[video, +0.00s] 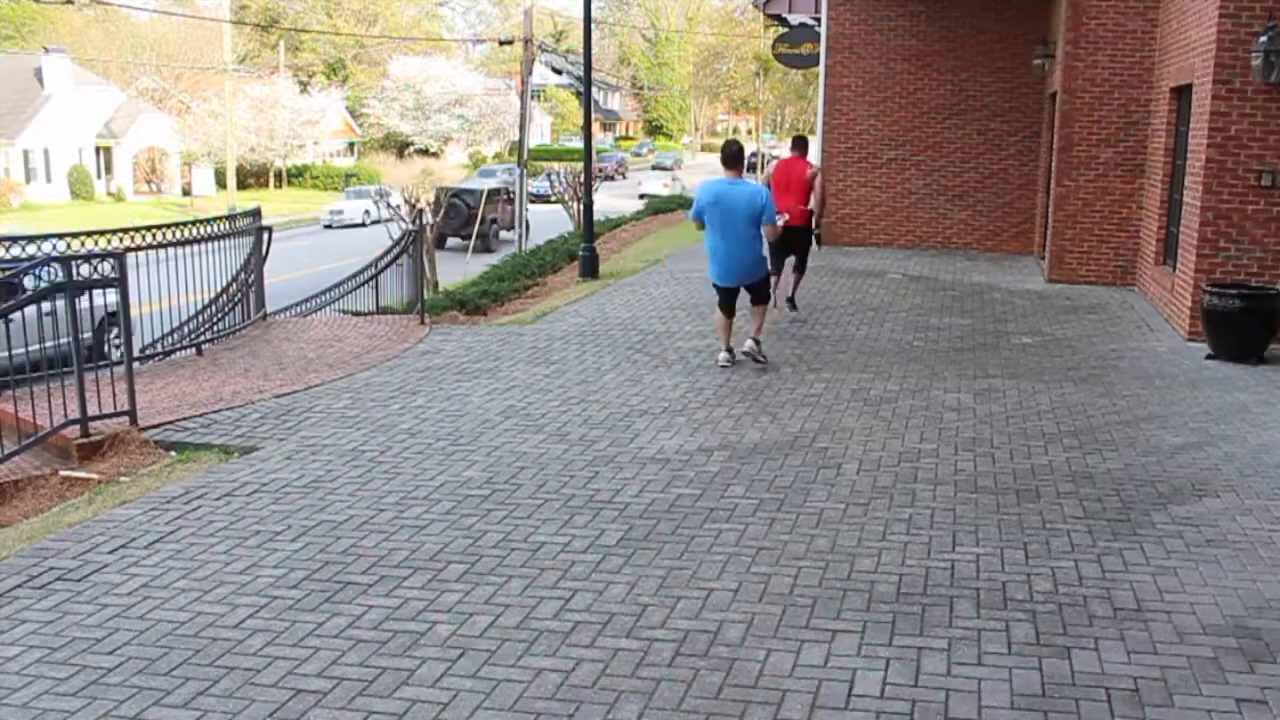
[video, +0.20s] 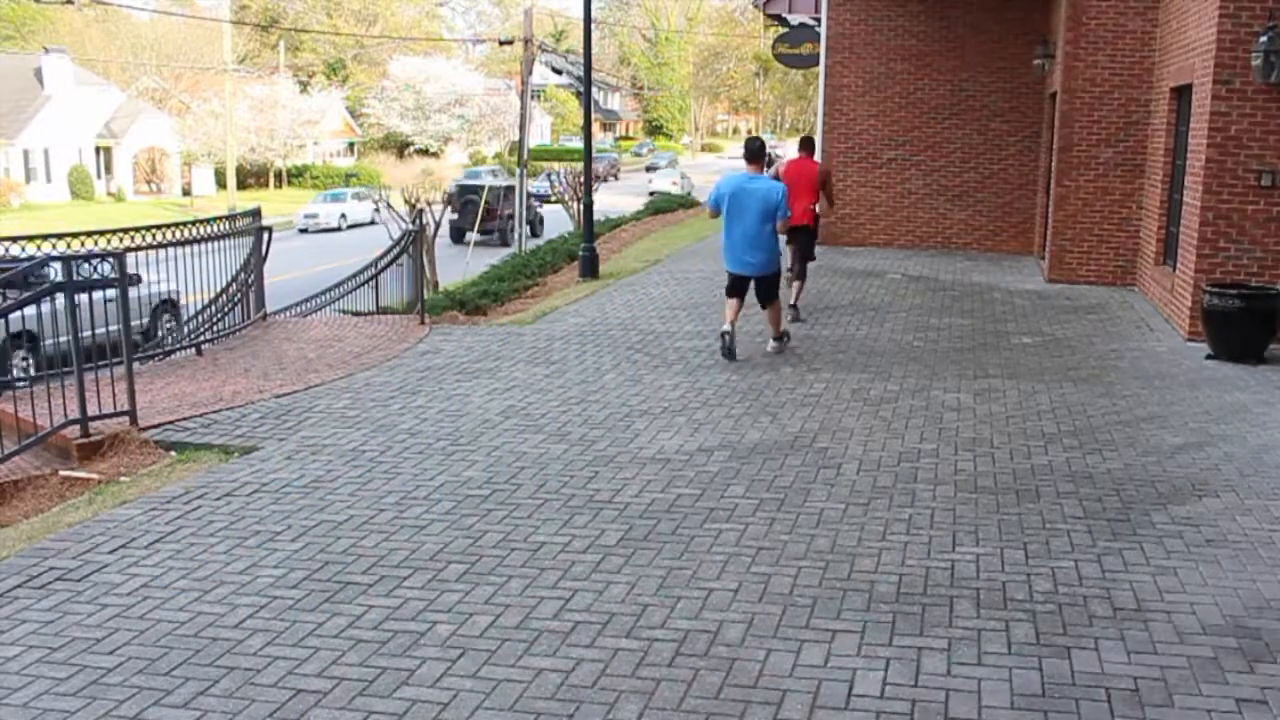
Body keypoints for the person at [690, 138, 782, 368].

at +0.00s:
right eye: (742, 159)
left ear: (721, 162)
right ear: (744, 162)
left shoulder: (707, 190)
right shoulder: (759, 193)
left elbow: (698, 223)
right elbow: (771, 234)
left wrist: (718, 216)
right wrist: (779, 226)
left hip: (721, 266)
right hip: (752, 265)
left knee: (725, 308)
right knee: (760, 298)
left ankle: (725, 350)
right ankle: (753, 338)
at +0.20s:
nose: (759, 160)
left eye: (748, 156)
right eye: (762, 156)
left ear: (743, 158)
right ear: (765, 157)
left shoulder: (727, 183)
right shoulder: (777, 189)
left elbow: (712, 212)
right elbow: (781, 227)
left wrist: (730, 198)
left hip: (736, 256)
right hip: (765, 259)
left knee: (735, 293)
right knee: (771, 299)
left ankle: (728, 325)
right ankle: (776, 337)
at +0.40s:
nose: (773, 154)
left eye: (761, 151)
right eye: (775, 150)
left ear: (756, 151)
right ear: (777, 151)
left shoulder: (744, 178)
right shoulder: (791, 181)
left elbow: (732, 209)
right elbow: (796, 217)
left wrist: (749, 200)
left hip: (752, 246)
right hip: (782, 248)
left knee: (751, 287)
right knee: (782, 292)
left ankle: (753, 321)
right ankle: (776, 328)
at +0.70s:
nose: (776, 153)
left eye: (773, 150)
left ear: (773, 152)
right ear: (793, 152)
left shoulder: (760, 175)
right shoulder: (804, 180)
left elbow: (748, 202)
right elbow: (808, 214)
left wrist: (764, 190)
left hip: (768, 240)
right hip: (794, 242)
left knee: (765, 278)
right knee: (798, 281)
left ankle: (761, 309)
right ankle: (801, 311)